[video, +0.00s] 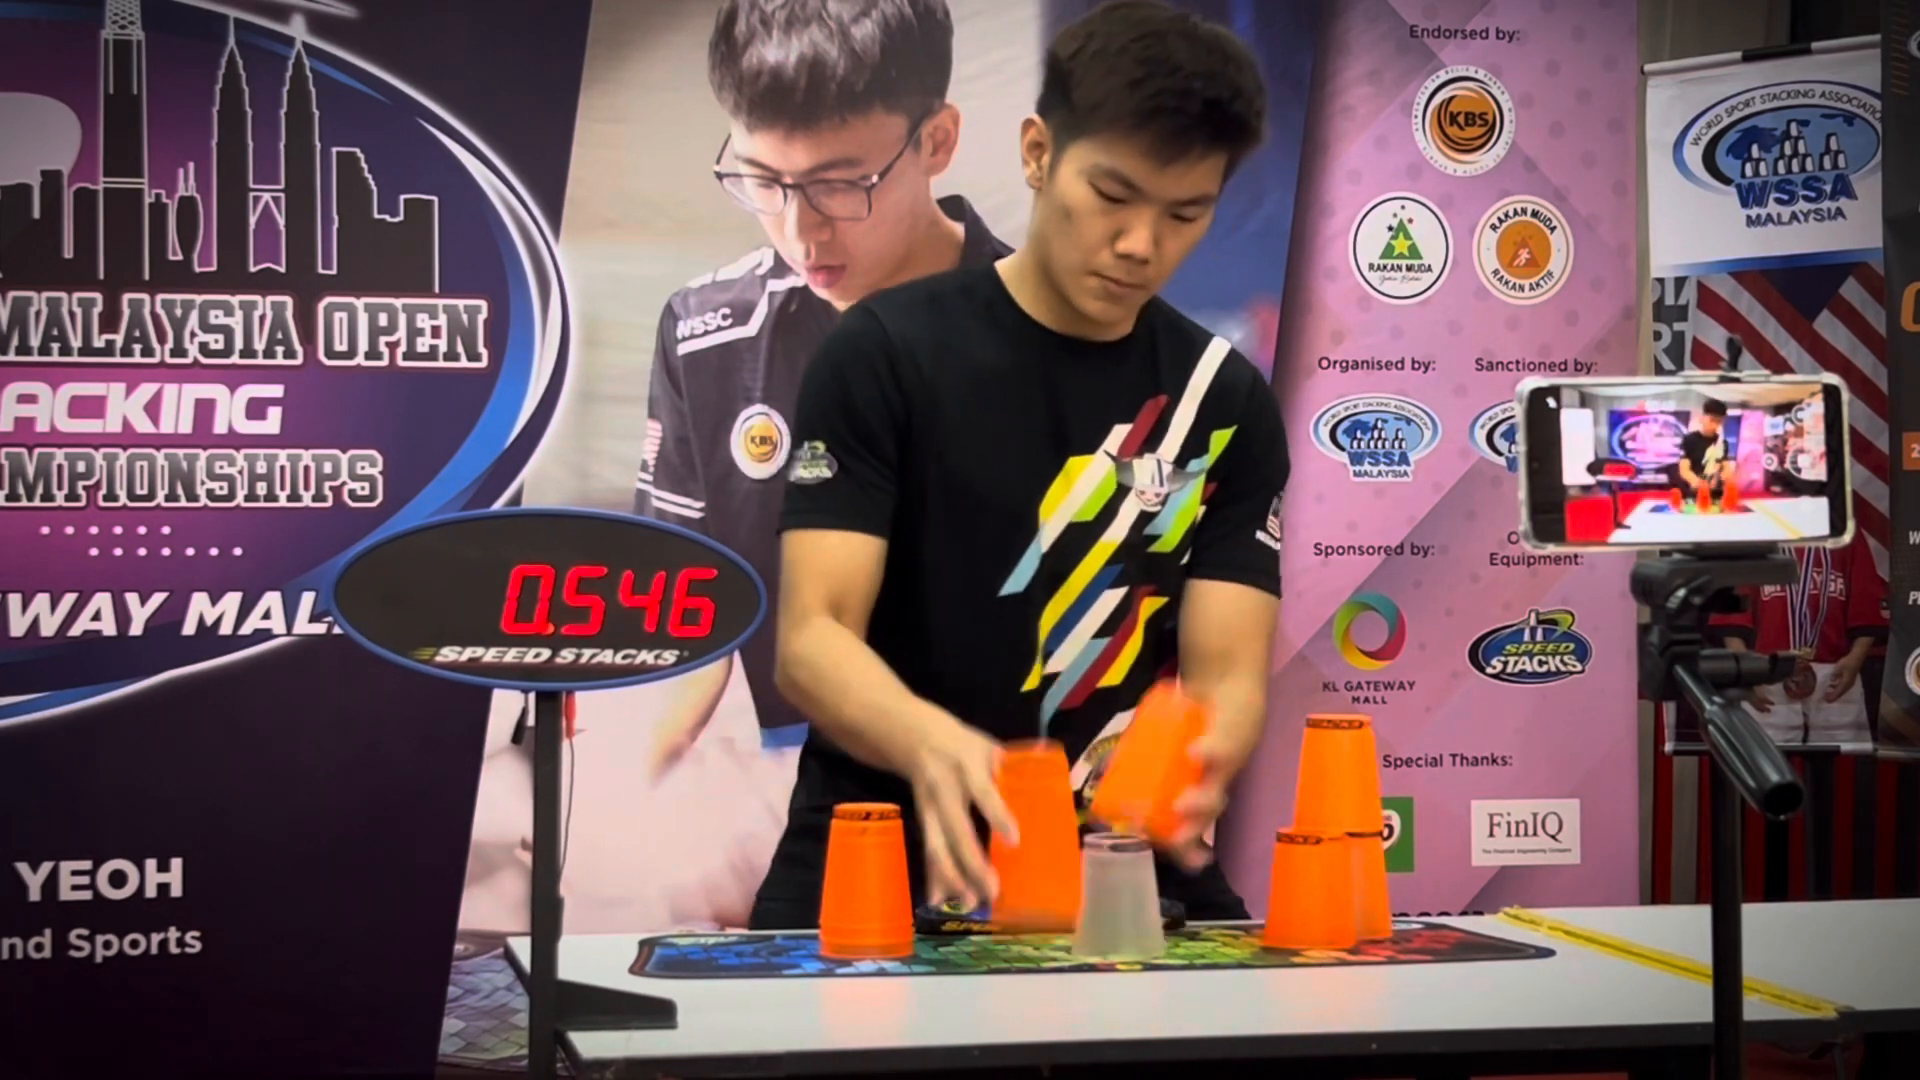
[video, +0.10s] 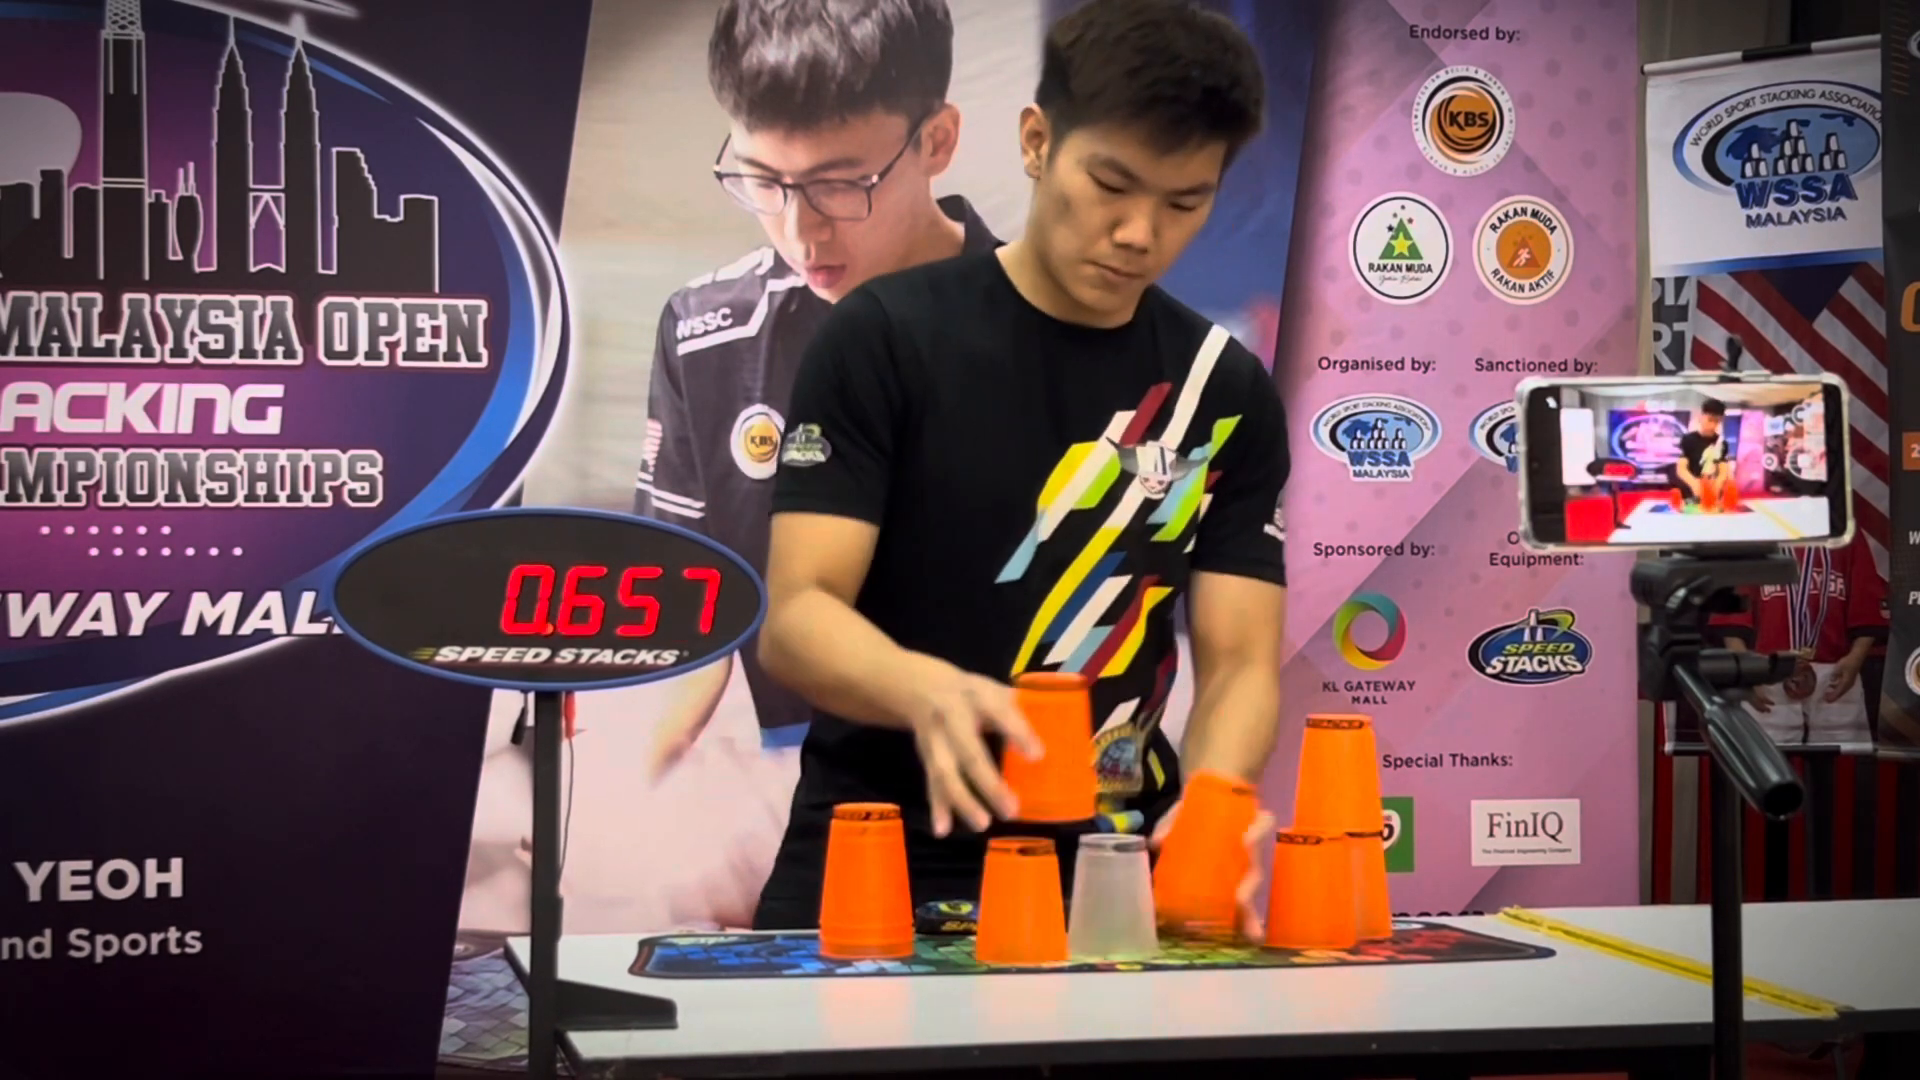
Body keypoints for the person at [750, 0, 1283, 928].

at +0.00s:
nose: (1139, 246)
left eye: (1184, 211)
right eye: (1111, 192)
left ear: (1217, 198)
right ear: (1037, 155)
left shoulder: (1229, 405)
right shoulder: (885, 353)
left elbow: (1227, 673)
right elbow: (812, 635)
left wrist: (1184, 763)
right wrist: (927, 745)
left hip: (1116, 892)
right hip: (874, 885)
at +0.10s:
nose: (1140, 235)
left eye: (1183, 201)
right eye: (1111, 182)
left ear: (1218, 187)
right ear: (1036, 143)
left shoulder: (1228, 394)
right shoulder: (880, 337)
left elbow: (1238, 666)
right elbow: (795, 614)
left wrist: (1202, 820)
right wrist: (922, 691)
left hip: (1099, 887)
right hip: (869, 876)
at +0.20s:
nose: (1138, 227)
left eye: (1181, 193)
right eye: (1109, 174)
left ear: (1218, 183)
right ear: (1036, 138)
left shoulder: (1231, 385)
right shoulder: (887, 329)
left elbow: (1255, 653)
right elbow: (794, 604)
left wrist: (1216, 750)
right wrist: (947, 643)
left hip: (1099, 892)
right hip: (870, 877)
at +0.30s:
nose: (1127, 231)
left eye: (1171, 198)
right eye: (1099, 178)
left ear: (1208, 186)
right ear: (1028, 141)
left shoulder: (1232, 384)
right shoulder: (881, 335)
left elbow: (1258, 643)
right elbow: (792, 601)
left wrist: (1216, 724)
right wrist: (931, 675)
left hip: (1117, 889)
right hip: (881, 872)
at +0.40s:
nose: (1089, 235)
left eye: (1136, 204)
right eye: (1062, 183)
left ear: (1182, 194)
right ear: (1002, 146)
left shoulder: (1216, 396)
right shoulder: (856, 351)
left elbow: (1218, 686)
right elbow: (765, 608)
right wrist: (811, 709)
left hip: (1094, 894)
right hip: (867, 877)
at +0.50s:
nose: (1050, 228)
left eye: (1099, 196)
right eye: (1025, 176)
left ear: (1150, 187)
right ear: (969, 140)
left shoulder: (1189, 394)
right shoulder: (826, 346)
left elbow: (1181, 697)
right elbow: (740, 593)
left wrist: (1007, 749)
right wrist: (746, 679)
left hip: (1073, 895)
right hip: (841, 882)